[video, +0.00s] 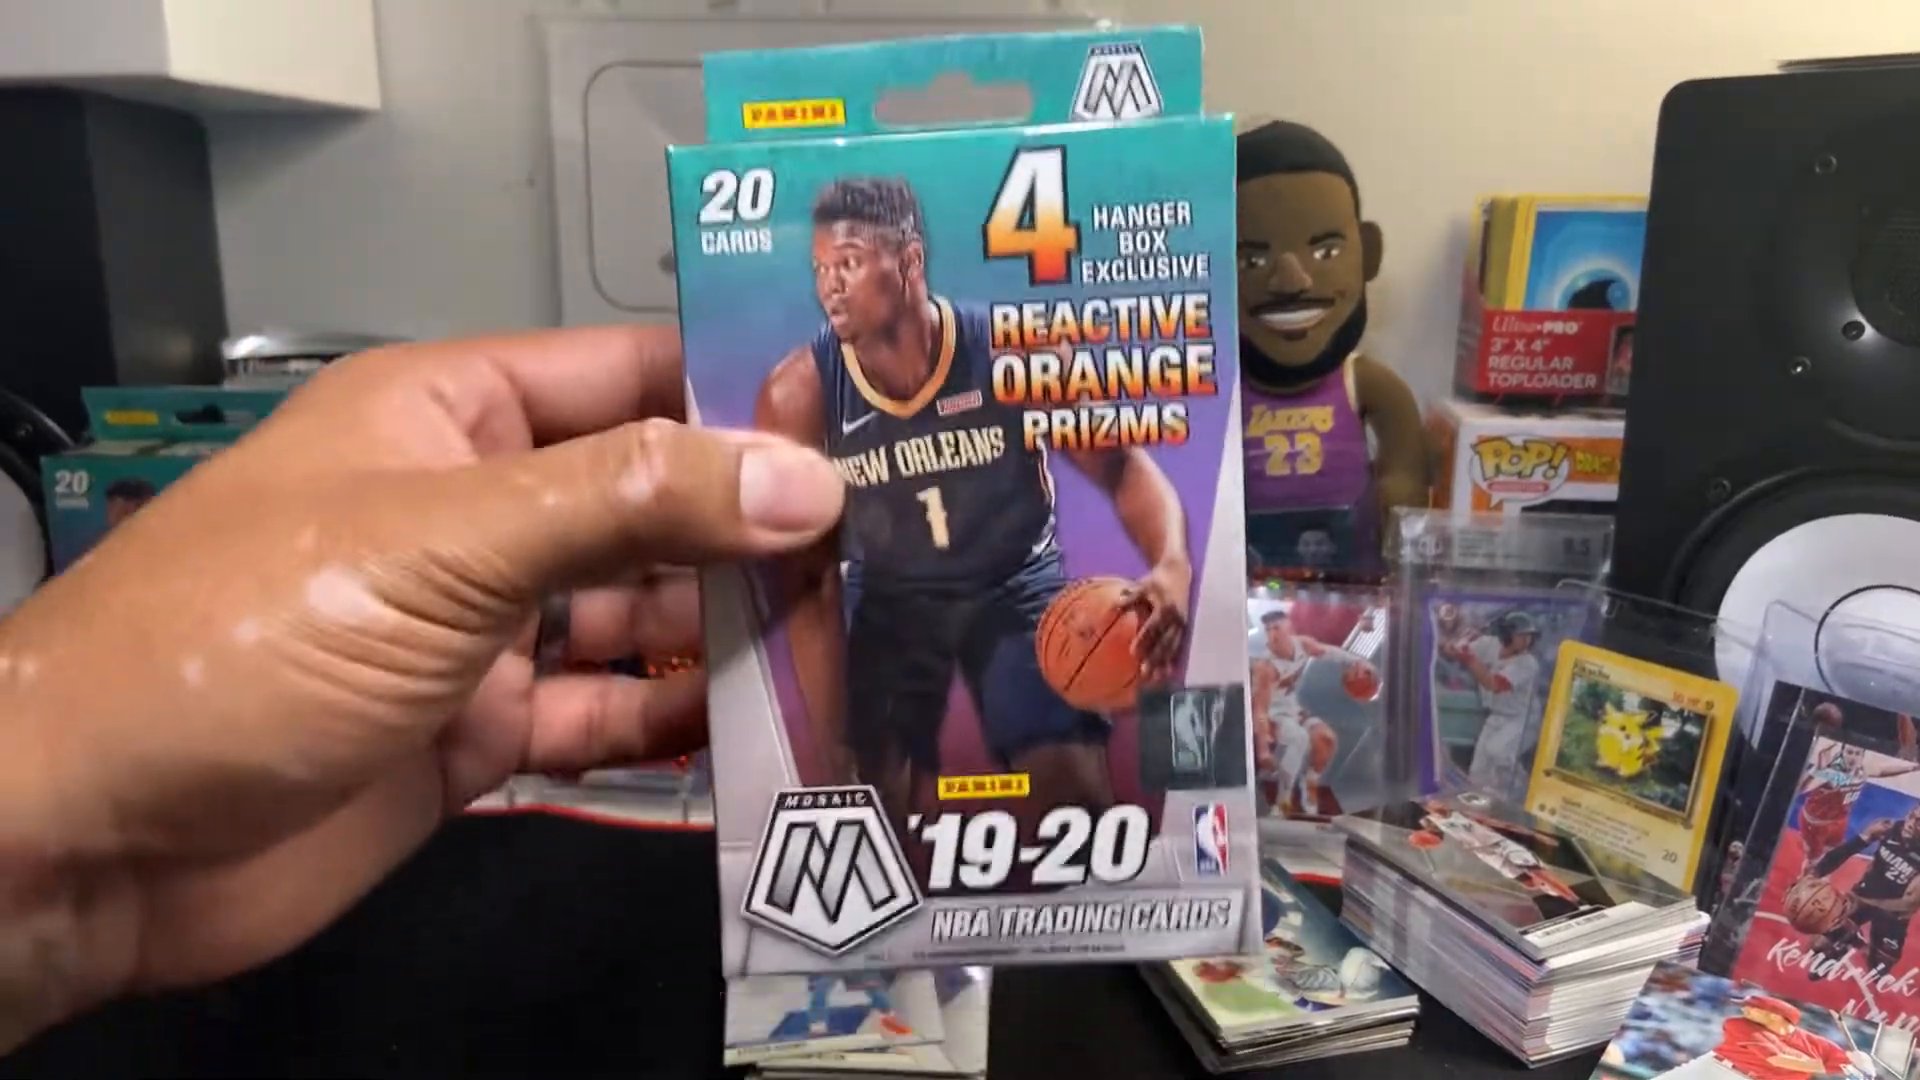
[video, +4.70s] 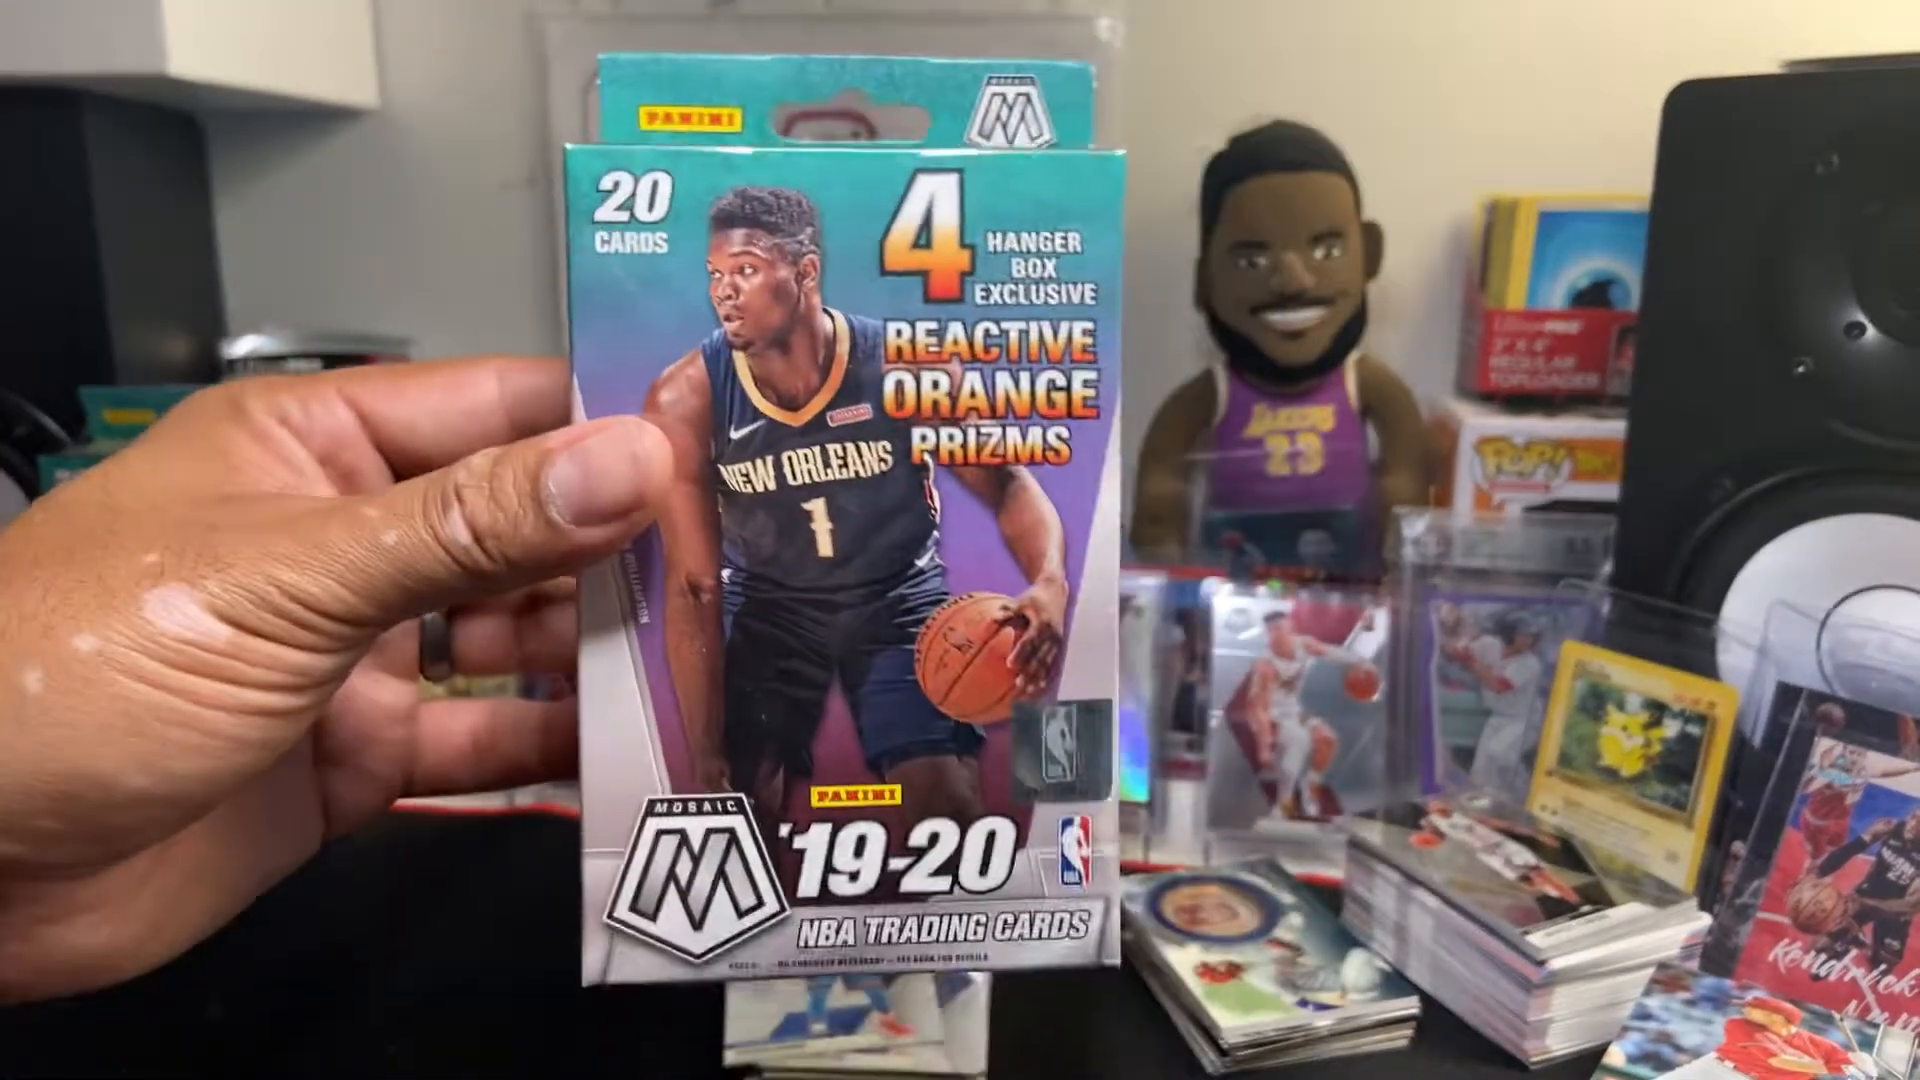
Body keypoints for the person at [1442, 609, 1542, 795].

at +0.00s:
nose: (1527, 641)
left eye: (1529, 636)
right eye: (1522, 636)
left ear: (1532, 638)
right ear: (1509, 636)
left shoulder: (1528, 663)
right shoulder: (1490, 645)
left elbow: (1496, 684)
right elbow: (1460, 651)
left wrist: (1470, 661)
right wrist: (1447, 648)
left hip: (1519, 722)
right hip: (1495, 718)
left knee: (1496, 751)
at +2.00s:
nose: (1527, 640)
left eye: (1529, 636)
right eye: (1522, 635)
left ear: (1532, 638)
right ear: (1509, 635)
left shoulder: (1528, 663)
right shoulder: (1490, 646)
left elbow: (1495, 684)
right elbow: (1457, 649)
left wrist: (1470, 660)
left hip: (1517, 722)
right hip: (1495, 717)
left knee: (1495, 751)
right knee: (1482, 753)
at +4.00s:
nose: (1529, 641)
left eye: (1532, 637)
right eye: (1525, 636)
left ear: (1535, 639)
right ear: (1514, 636)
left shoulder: (1530, 663)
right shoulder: (1495, 649)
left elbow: (1499, 685)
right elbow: (1462, 651)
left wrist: (1476, 664)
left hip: (1520, 722)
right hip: (1497, 718)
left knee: (1497, 751)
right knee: (1481, 766)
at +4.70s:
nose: (1528, 641)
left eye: (1531, 637)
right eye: (1524, 635)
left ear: (1534, 640)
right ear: (1514, 635)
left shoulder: (1530, 663)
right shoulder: (1492, 647)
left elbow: (1501, 685)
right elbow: (1462, 652)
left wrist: (1475, 664)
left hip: (1520, 721)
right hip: (1497, 718)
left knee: (1498, 752)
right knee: (1482, 761)